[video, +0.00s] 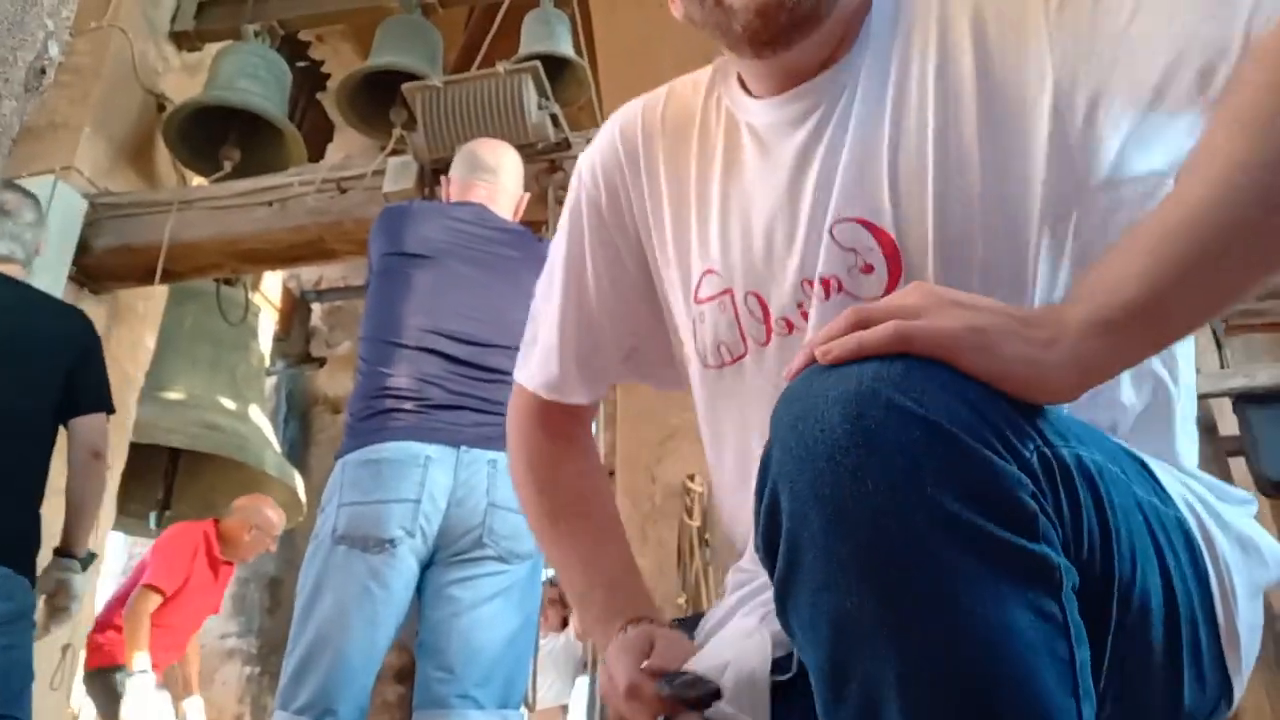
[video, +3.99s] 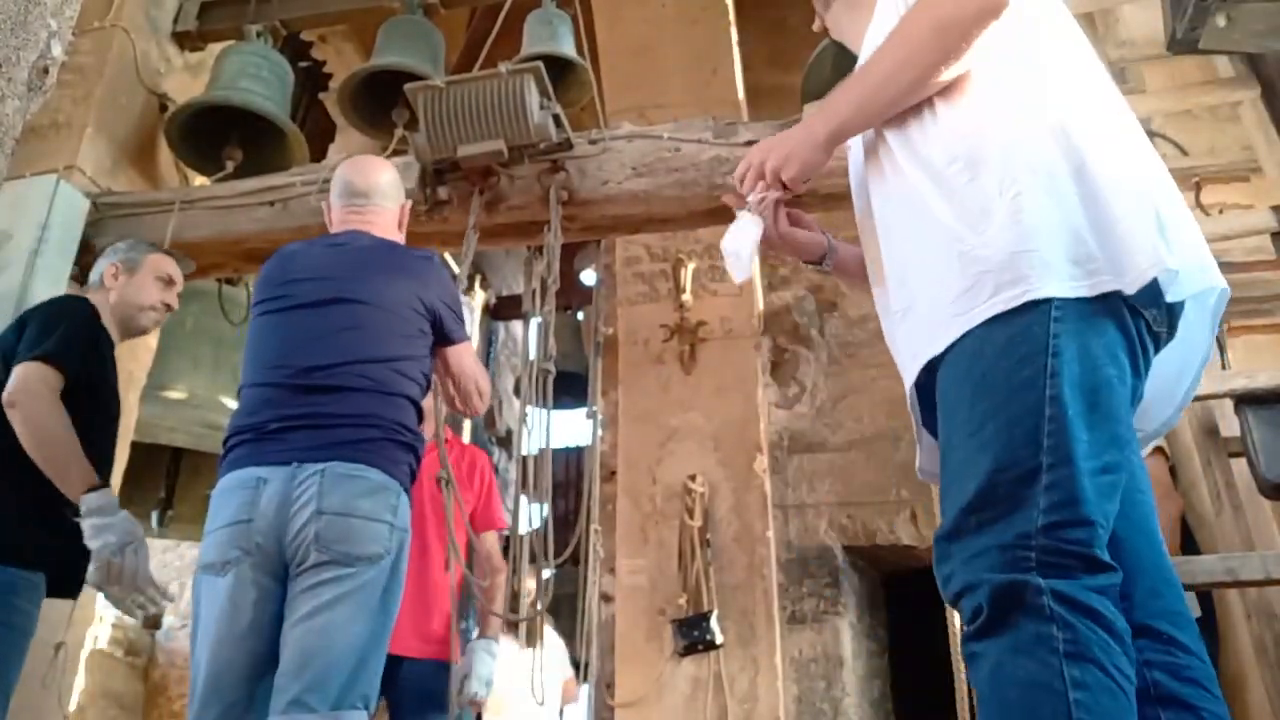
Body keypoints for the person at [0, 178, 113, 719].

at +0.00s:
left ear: (3, 241)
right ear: (35, 247)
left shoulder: (63, 329)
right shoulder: (62, 328)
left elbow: (91, 450)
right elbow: (91, 451)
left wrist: (70, 554)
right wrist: (72, 555)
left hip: (11, 576)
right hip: (5, 575)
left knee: (15, 708)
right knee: (12, 708)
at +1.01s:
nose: (7, 240)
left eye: (6, 228)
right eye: (10, 229)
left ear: (14, 247)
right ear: (18, 247)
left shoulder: (41, 328)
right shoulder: (40, 329)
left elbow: (59, 450)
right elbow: (59, 450)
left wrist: (45, 562)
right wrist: (47, 562)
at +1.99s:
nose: (3, 249)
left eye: (20, 243)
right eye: (7, 241)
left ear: (54, 275)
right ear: (53, 281)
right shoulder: (57, 354)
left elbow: (64, 485)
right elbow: (65, 485)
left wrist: (20, 579)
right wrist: (21, 581)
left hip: (7, 563)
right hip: (4, 562)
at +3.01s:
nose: (73, 307)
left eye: (76, 296)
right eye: (75, 295)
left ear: (3, 265)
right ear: (59, 284)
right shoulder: (62, 347)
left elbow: (76, 471)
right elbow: (77, 470)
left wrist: (44, 586)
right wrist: (47, 587)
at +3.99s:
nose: (173, 301)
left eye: (177, 293)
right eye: (163, 282)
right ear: (114, 274)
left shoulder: (94, 344)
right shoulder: (75, 315)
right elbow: (27, 392)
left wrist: (115, 566)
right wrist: (100, 509)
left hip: (27, 571)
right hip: (14, 567)